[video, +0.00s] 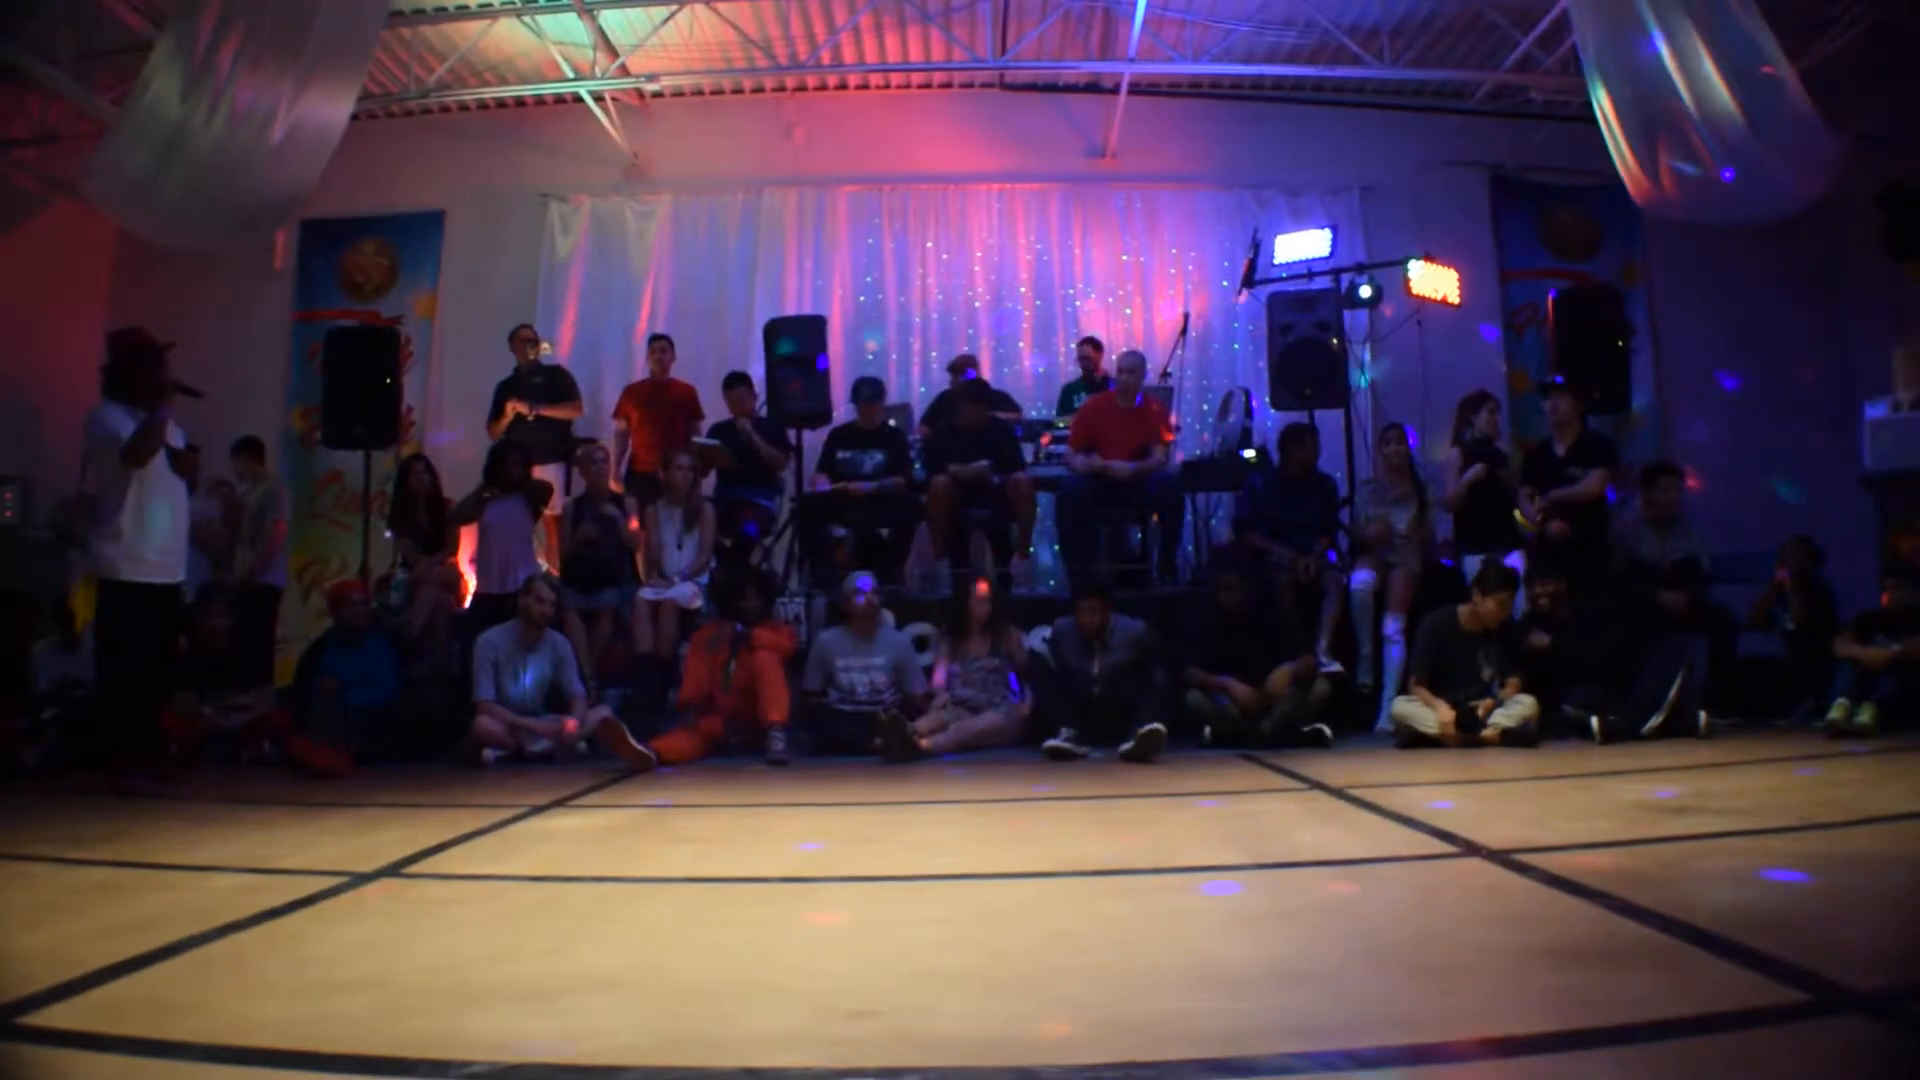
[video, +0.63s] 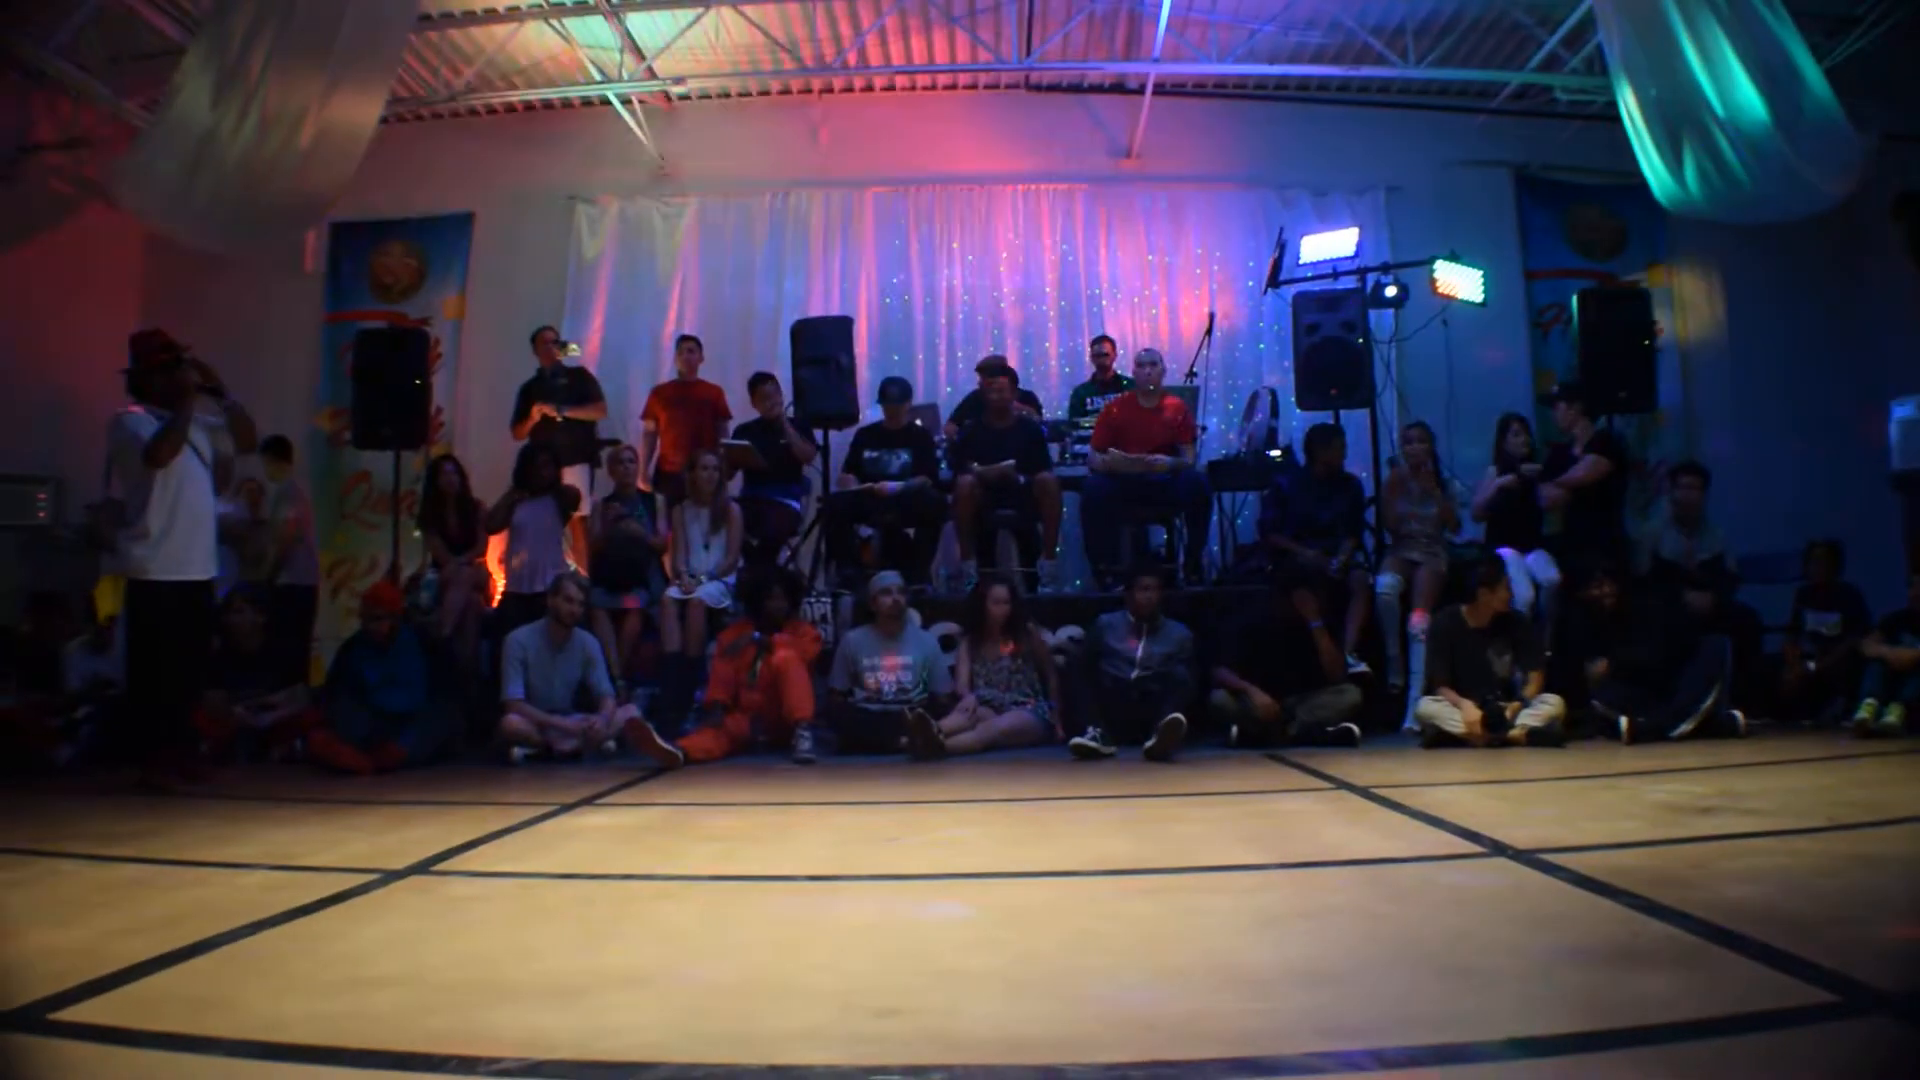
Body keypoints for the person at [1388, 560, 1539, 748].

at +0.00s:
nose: (1505, 613)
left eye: (1508, 605)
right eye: (1499, 604)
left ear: (1512, 602)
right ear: (1477, 596)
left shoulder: (1505, 630)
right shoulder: (1438, 625)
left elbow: (1514, 682)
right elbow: (1416, 685)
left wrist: (1493, 702)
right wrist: (1441, 708)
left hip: (1485, 700)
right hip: (1444, 703)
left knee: (1528, 704)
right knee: (1400, 707)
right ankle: (1485, 736)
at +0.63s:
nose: (1510, 595)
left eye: (1509, 588)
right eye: (1505, 588)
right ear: (1483, 594)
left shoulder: (1515, 622)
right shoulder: (1446, 624)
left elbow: (1535, 676)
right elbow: (1440, 685)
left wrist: (1518, 704)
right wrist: (1465, 706)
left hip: (1506, 703)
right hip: (1465, 705)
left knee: (1555, 703)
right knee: (1425, 707)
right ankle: (1513, 736)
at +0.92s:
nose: (1512, 596)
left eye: (1512, 589)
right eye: (1507, 589)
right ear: (1486, 593)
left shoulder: (1518, 624)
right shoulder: (1448, 624)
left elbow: (1535, 680)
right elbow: (1439, 686)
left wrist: (1516, 706)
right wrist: (1464, 706)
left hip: (1508, 702)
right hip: (1467, 705)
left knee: (1553, 703)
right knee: (1424, 707)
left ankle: (1480, 739)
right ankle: (1512, 736)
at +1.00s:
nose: (1516, 597)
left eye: (1515, 590)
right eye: (1511, 590)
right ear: (1490, 593)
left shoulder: (1518, 625)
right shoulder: (1449, 624)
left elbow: (1535, 680)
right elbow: (1437, 685)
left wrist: (1515, 705)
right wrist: (1464, 706)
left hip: (1507, 702)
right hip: (1466, 704)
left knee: (1553, 704)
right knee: (1424, 707)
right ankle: (1512, 737)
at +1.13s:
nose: (1519, 599)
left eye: (1520, 592)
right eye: (1513, 592)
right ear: (1493, 594)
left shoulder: (1521, 626)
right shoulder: (1453, 624)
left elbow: (1537, 679)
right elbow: (1436, 684)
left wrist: (1516, 706)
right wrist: (1463, 707)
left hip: (1508, 702)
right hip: (1465, 703)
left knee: (1553, 704)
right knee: (1424, 708)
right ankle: (1511, 737)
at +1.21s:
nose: (1524, 601)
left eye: (1526, 593)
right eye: (1519, 593)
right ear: (1497, 595)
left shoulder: (1524, 627)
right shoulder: (1453, 623)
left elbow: (1537, 680)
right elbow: (1433, 683)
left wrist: (1515, 706)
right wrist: (1463, 708)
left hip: (1509, 705)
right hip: (1465, 706)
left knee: (1552, 706)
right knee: (1424, 708)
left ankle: (1466, 741)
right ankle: (1512, 737)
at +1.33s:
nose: (1523, 602)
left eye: (1524, 595)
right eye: (1518, 595)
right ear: (1495, 596)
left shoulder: (1523, 627)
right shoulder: (1452, 624)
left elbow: (1535, 681)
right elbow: (1428, 682)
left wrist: (1513, 706)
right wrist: (1460, 708)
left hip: (1507, 706)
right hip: (1463, 707)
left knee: (1550, 707)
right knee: (1421, 709)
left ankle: (1465, 742)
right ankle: (1509, 739)